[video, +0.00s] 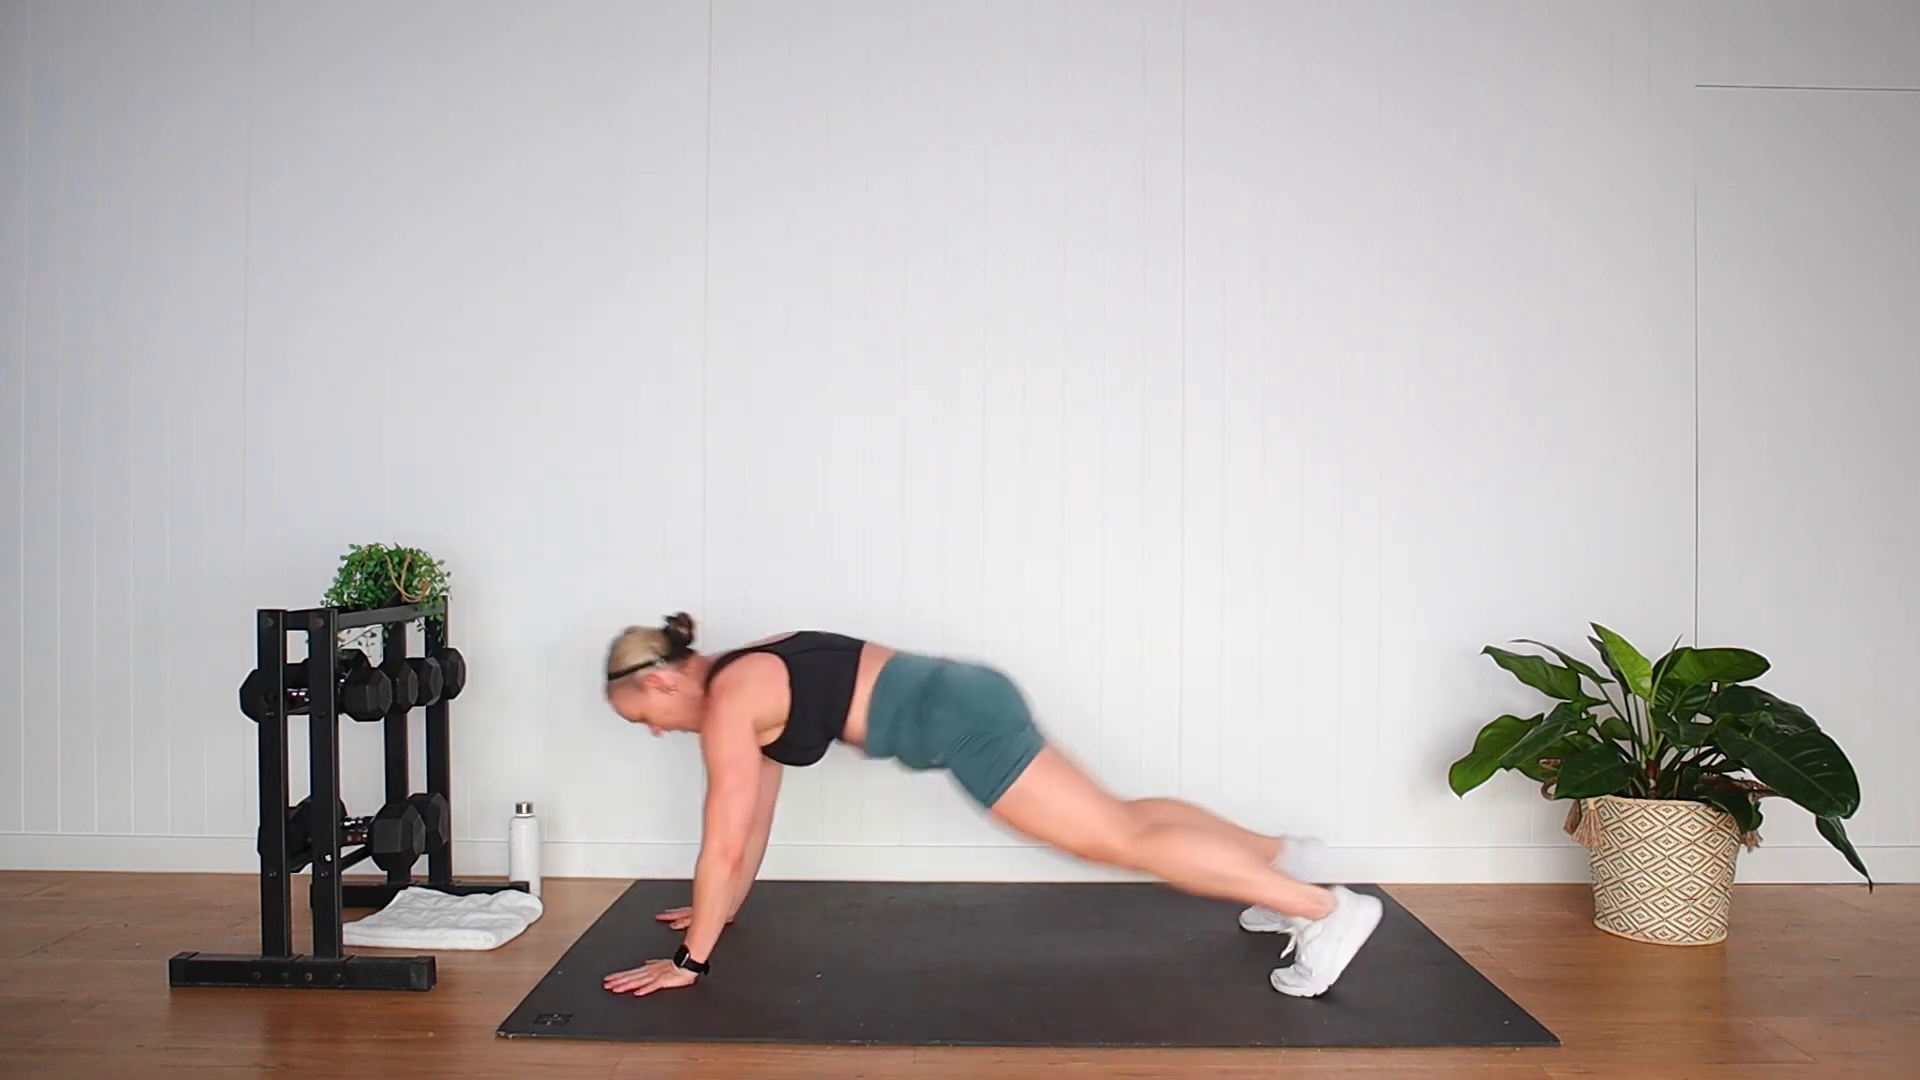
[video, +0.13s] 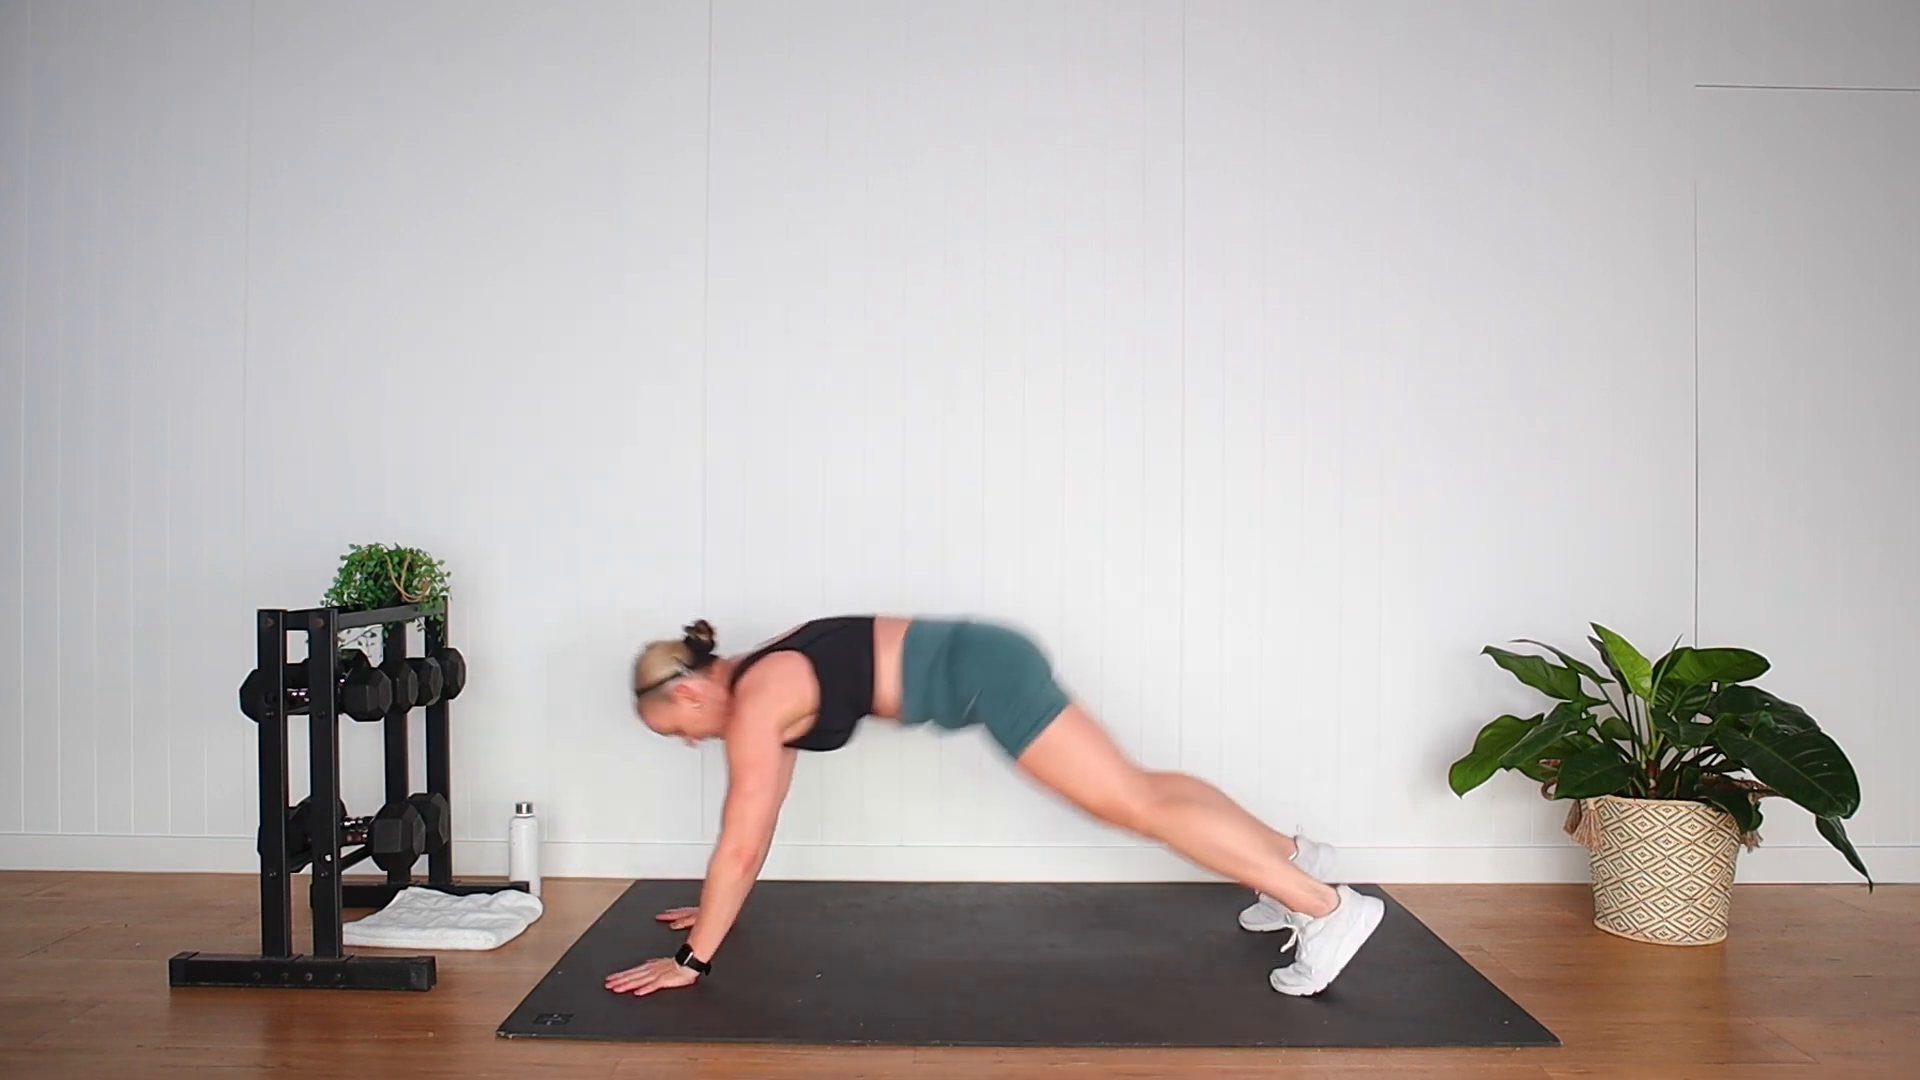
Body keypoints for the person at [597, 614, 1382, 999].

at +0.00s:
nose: (648, 729)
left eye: (641, 714)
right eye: (639, 719)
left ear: (665, 679)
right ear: (676, 668)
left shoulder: (728, 700)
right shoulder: (753, 685)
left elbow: (725, 849)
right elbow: (748, 833)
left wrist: (690, 962)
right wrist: (715, 915)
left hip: (958, 716)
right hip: (962, 702)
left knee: (1127, 844)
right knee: (1125, 819)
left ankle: (1326, 916)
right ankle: (1278, 857)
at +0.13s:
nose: (684, 739)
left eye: (673, 725)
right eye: (672, 730)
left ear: (690, 686)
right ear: (693, 683)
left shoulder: (760, 700)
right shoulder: (763, 686)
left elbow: (742, 843)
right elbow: (750, 829)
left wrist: (696, 958)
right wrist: (711, 916)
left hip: (983, 672)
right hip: (984, 664)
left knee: (1135, 806)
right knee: (1135, 788)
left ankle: (1325, 911)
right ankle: (1288, 859)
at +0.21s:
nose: (708, 744)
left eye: (697, 730)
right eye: (696, 736)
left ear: (718, 693)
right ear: (716, 691)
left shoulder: (787, 700)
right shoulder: (778, 689)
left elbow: (779, 832)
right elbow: (767, 815)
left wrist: (726, 944)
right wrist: (726, 911)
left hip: (1006, 645)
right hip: (1002, 640)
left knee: (1149, 786)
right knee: (1147, 775)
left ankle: (1325, 909)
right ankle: (1292, 862)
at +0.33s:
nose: (753, 761)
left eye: (741, 747)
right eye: (740, 753)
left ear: (756, 713)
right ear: (755, 707)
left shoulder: (832, 703)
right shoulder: (812, 698)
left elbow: (884, 823)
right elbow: (783, 819)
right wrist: (728, 907)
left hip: (1031, 618)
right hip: (1023, 623)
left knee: (1170, 773)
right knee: (1168, 767)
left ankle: (1331, 905)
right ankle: (1305, 871)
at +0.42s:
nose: (793, 773)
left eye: (782, 762)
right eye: (781, 767)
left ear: (798, 722)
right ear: (799, 713)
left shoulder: (868, 713)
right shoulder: (848, 705)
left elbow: (908, 839)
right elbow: (796, 822)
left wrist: (885, 954)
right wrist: (730, 906)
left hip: (1063, 605)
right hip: (1053, 605)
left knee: (1194, 769)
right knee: (1187, 763)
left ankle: (1345, 910)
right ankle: (1316, 881)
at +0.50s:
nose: (848, 783)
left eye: (835, 775)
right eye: (835, 780)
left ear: (851, 733)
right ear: (850, 724)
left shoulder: (916, 715)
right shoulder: (894, 707)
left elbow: (924, 847)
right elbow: (854, 814)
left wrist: (886, 956)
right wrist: (770, 892)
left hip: (1106, 589)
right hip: (1099, 593)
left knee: (1216, 763)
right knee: (1209, 757)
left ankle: (1362, 916)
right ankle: (1321, 878)